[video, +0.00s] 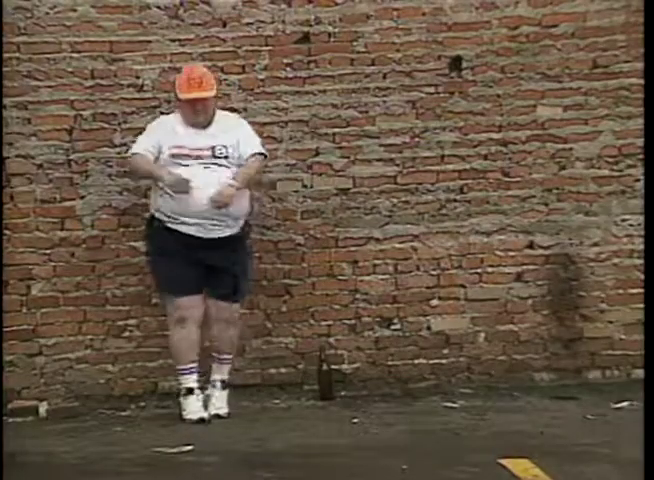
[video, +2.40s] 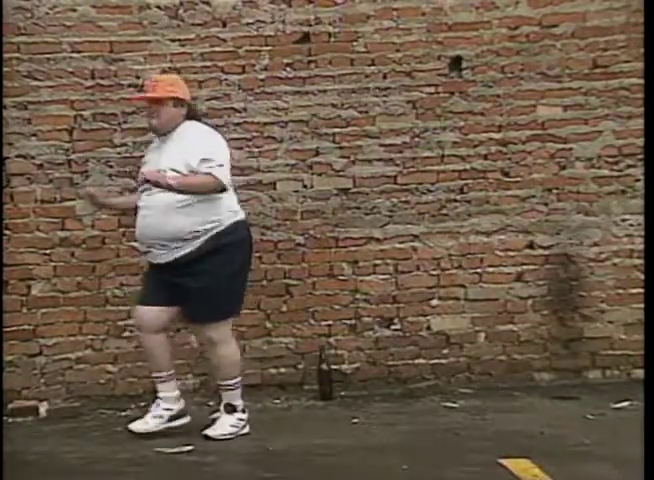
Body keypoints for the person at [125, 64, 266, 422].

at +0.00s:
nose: (198, 107)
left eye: (204, 100)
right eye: (190, 101)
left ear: (215, 97)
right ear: (178, 99)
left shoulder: (235, 126)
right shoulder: (164, 127)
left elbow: (257, 161)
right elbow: (134, 160)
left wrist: (233, 186)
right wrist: (162, 174)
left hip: (226, 236)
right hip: (175, 234)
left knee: (226, 313)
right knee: (184, 312)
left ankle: (219, 386)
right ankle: (190, 390)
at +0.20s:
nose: (195, 120)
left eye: (201, 112)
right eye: (187, 113)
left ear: (211, 110)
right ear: (175, 114)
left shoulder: (233, 145)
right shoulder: (156, 146)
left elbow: (265, 181)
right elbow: (120, 176)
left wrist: (269, 212)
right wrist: (116, 199)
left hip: (228, 245)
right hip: (172, 247)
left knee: (246, 310)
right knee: (185, 325)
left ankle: (236, 370)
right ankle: (192, 394)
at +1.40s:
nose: (178, 114)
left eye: (185, 106)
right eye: (170, 108)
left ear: (199, 108)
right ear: (161, 113)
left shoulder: (224, 138)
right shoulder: (157, 146)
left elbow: (264, 164)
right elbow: (140, 180)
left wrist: (241, 182)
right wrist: (130, 208)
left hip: (213, 256)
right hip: (157, 254)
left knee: (211, 332)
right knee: (147, 321)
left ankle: (217, 407)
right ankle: (176, 388)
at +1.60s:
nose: (163, 128)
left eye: (169, 121)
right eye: (155, 122)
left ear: (182, 111)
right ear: (145, 117)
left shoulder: (207, 136)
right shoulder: (140, 145)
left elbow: (226, 180)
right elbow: (124, 192)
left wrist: (187, 185)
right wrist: (87, 193)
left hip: (219, 245)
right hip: (166, 247)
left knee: (218, 324)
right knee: (165, 319)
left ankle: (219, 406)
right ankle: (170, 403)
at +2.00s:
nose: (170, 122)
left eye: (177, 114)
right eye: (164, 116)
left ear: (194, 104)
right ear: (156, 112)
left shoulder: (219, 138)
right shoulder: (154, 135)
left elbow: (235, 191)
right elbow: (136, 179)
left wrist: (218, 229)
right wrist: (127, 217)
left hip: (195, 243)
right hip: (149, 246)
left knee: (196, 317)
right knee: (159, 329)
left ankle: (237, 389)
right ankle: (180, 408)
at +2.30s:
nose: (164, 115)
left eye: (171, 108)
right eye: (161, 109)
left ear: (193, 109)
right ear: (162, 112)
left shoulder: (212, 138)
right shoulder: (175, 148)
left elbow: (240, 180)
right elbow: (174, 196)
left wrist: (202, 196)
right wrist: (139, 202)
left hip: (207, 250)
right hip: (163, 253)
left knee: (206, 335)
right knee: (132, 320)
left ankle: (233, 412)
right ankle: (167, 394)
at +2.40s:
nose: (151, 111)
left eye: (158, 105)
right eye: (148, 105)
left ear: (180, 107)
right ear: (148, 109)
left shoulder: (202, 137)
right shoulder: (156, 149)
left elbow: (216, 182)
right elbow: (150, 200)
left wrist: (168, 182)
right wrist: (107, 201)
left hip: (217, 246)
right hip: (172, 253)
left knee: (216, 330)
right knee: (149, 321)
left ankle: (234, 411)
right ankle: (170, 403)